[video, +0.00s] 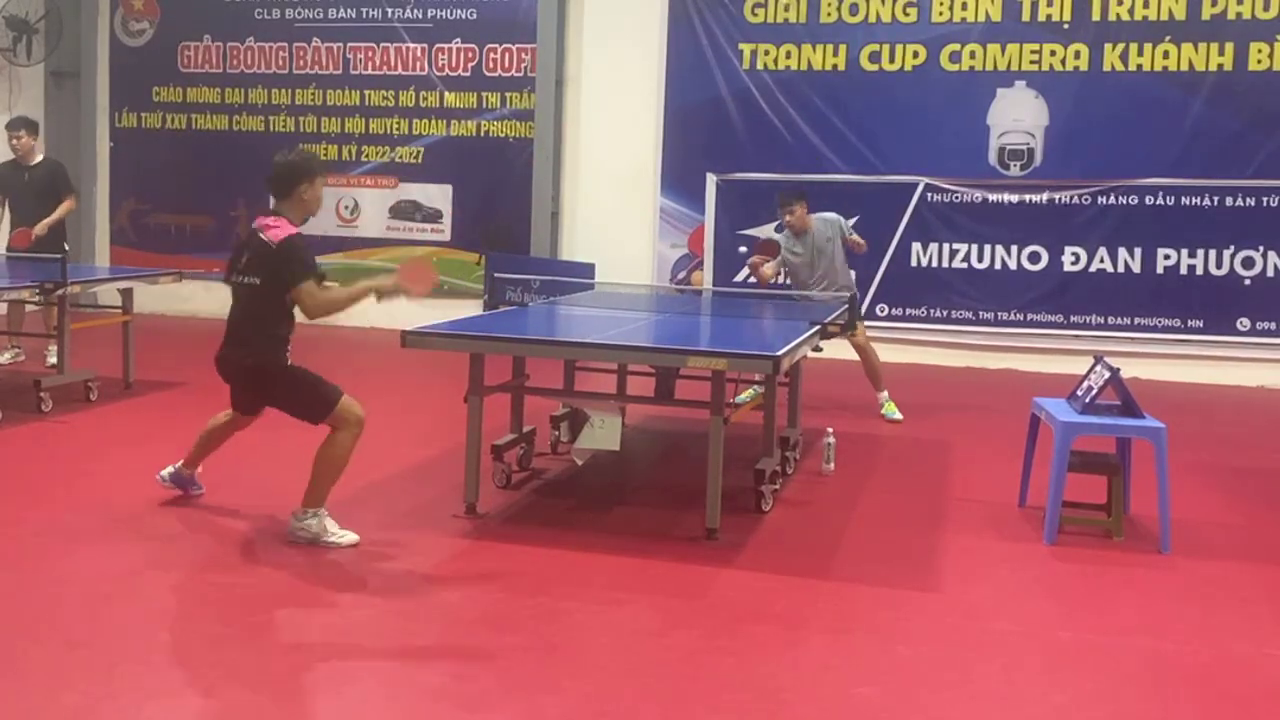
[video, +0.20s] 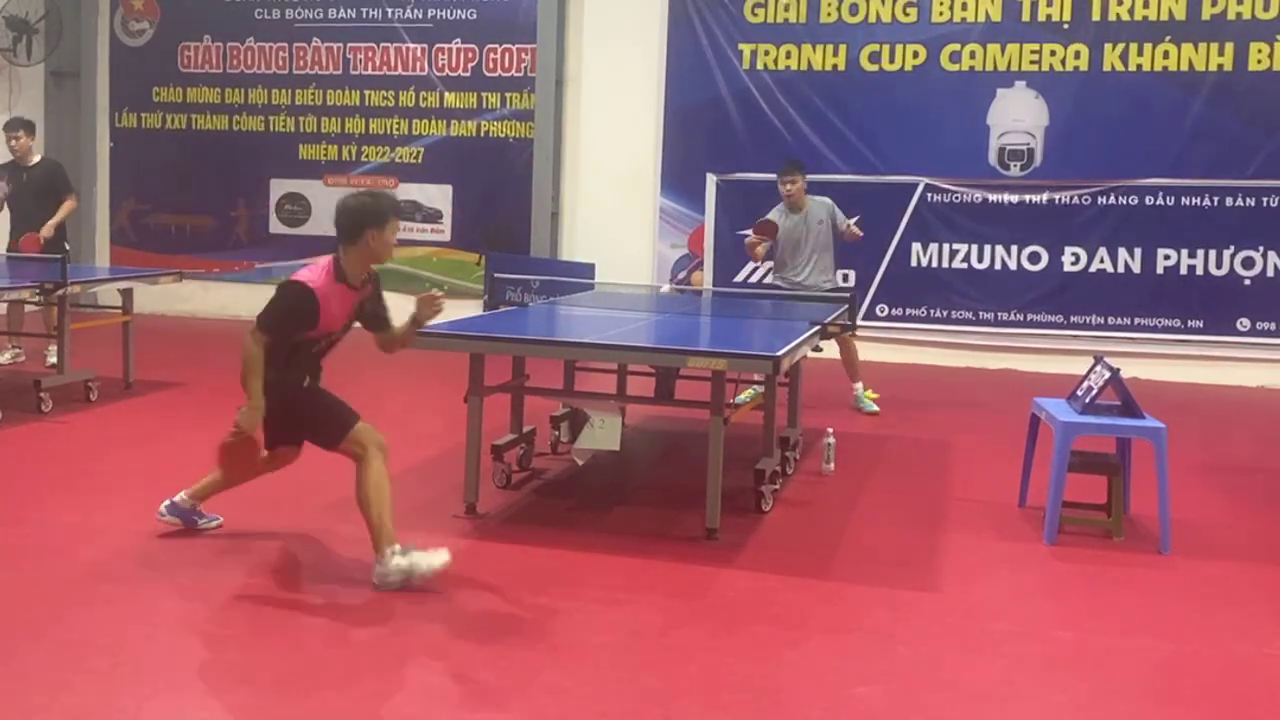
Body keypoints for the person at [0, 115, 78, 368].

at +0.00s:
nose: (13, 143)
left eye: (18, 138)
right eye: (10, 138)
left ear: (33, 139)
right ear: (8, 140)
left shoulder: (53, 167)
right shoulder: (7, 169)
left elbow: (70, 201)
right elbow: (3, 204)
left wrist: (47, 223)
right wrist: (6, 232)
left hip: (50, 247)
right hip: (17, 247)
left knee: (51, 298)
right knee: (14, 296)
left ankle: (53, 346)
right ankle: (14, 346)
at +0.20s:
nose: (12, 144)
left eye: (17, 139)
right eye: (9, 139)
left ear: (31, 139)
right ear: (6, 141)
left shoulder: (52, 167)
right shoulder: (6, 171)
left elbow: (71, 200)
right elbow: (1, 207)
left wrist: (51, 224)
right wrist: (2, 195)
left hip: (50, 246)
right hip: (18, 245)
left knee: (51, 297)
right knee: (14, 296)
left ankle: (53, 346)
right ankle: (14, 346)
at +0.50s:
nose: (14, 141)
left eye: (20, 137)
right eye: (11, 137)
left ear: (33, 140)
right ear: (7, 140)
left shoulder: (48, 170)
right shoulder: (3, 168)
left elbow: (66, 202)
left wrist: (50, 229)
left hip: (40, 247)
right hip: (7, 247)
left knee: (46, 296)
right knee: (1, 295)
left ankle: (52, 346)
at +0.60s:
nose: (9, 143)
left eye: (15, 139)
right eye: (6, 139)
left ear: (28, 142)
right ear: (2, 142)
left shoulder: (43, 174)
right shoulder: (2, 169)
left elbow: (57, 207)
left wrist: (49, 231)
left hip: (32, 253)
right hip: (4, 253)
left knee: (42, 298)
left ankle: (52, 345)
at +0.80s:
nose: (2, 155)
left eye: (7, 151)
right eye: (0, 150)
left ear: (15, 155)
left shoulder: (18, 179)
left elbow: (25, 208)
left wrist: (32, 232)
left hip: (9, 252)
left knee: (25, 298)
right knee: (23, 299)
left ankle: (44, 346)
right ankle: (44, 346)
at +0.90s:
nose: (3, 165)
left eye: (6, 160)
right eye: (1, 160)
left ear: (12, 161)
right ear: (0, 160)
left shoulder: (12, 181)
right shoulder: (9, 181)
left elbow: (16, 208)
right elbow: (17, 208)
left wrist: (24, 233)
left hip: (3, 249)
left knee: (12, 294)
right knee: (11, 295)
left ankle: (25, 343)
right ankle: (24, 344)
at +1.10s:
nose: (3, 185)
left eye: (6, 181)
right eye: (1, 180)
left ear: (11, 179)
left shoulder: (10, 192)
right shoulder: (7, 193)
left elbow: (29, 219)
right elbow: (29, 218)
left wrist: (26, 233)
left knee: (1, 295)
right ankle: (0, 345)